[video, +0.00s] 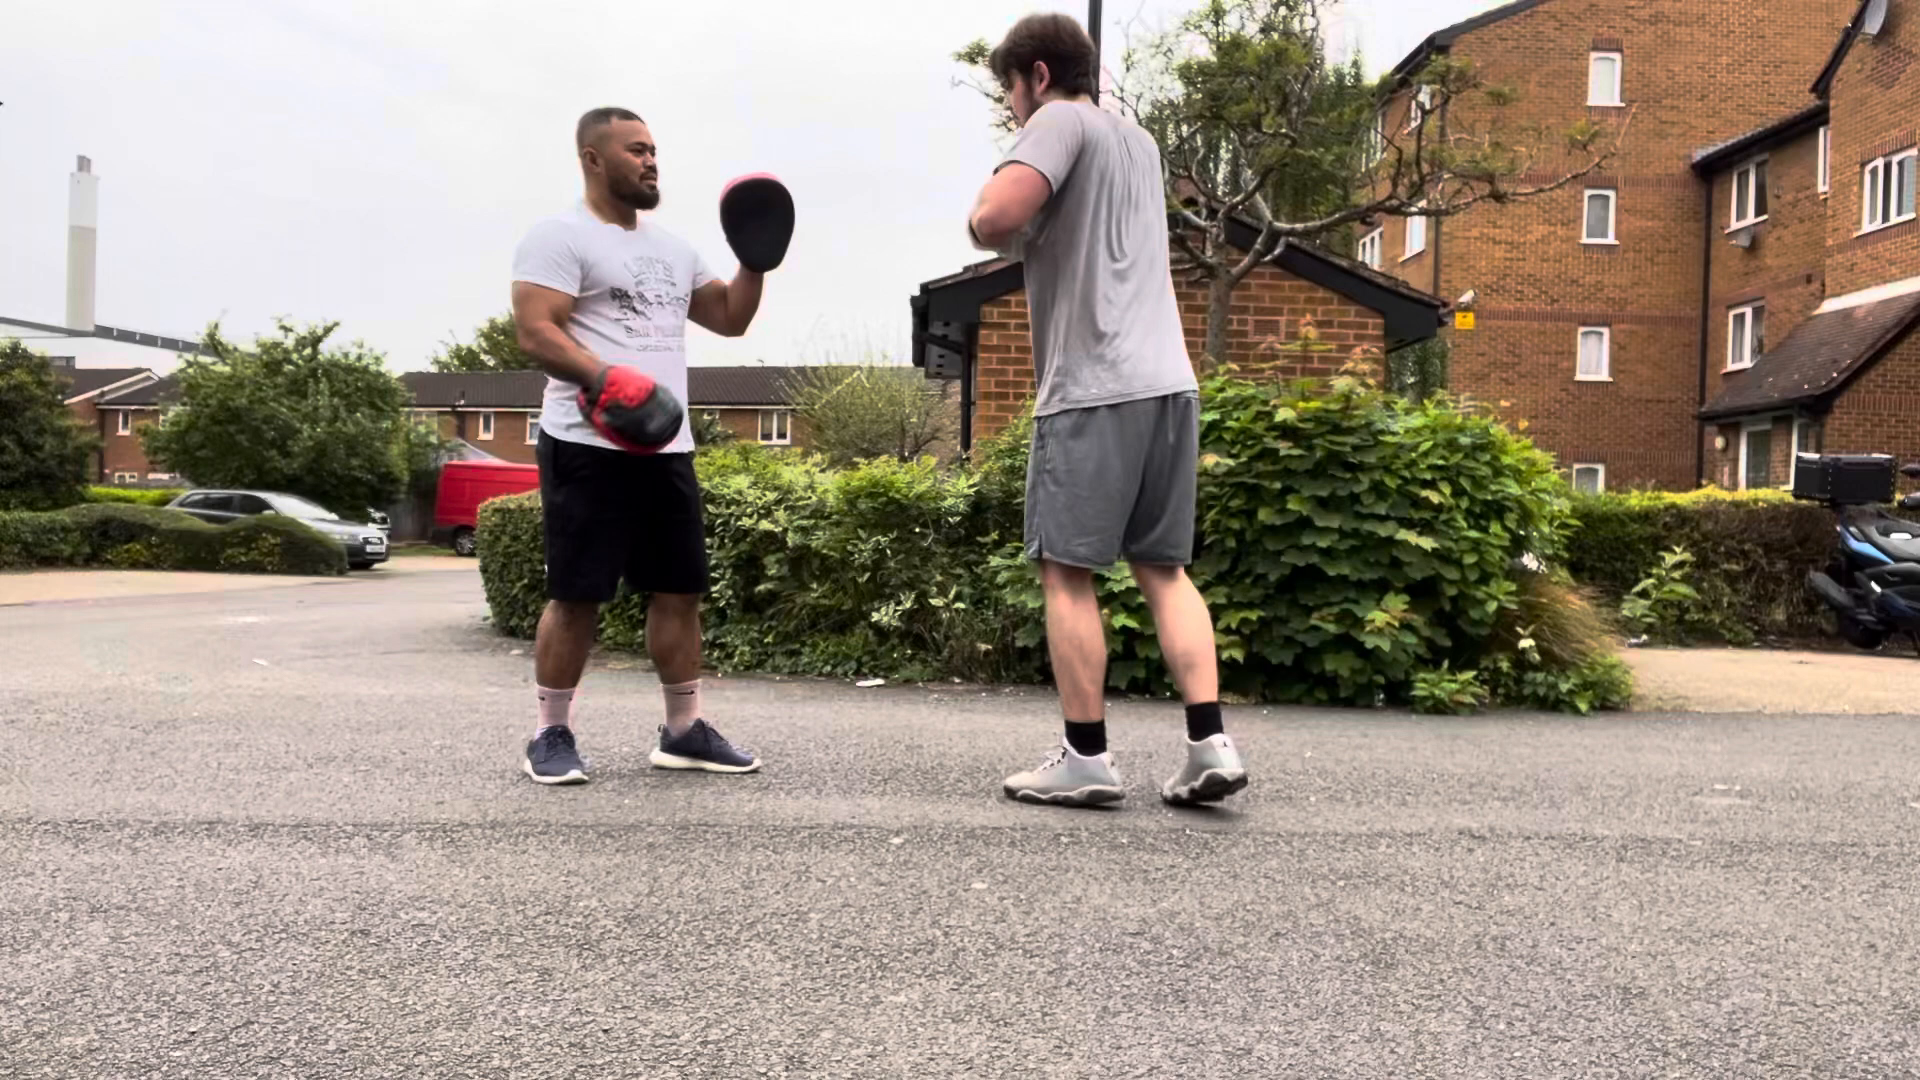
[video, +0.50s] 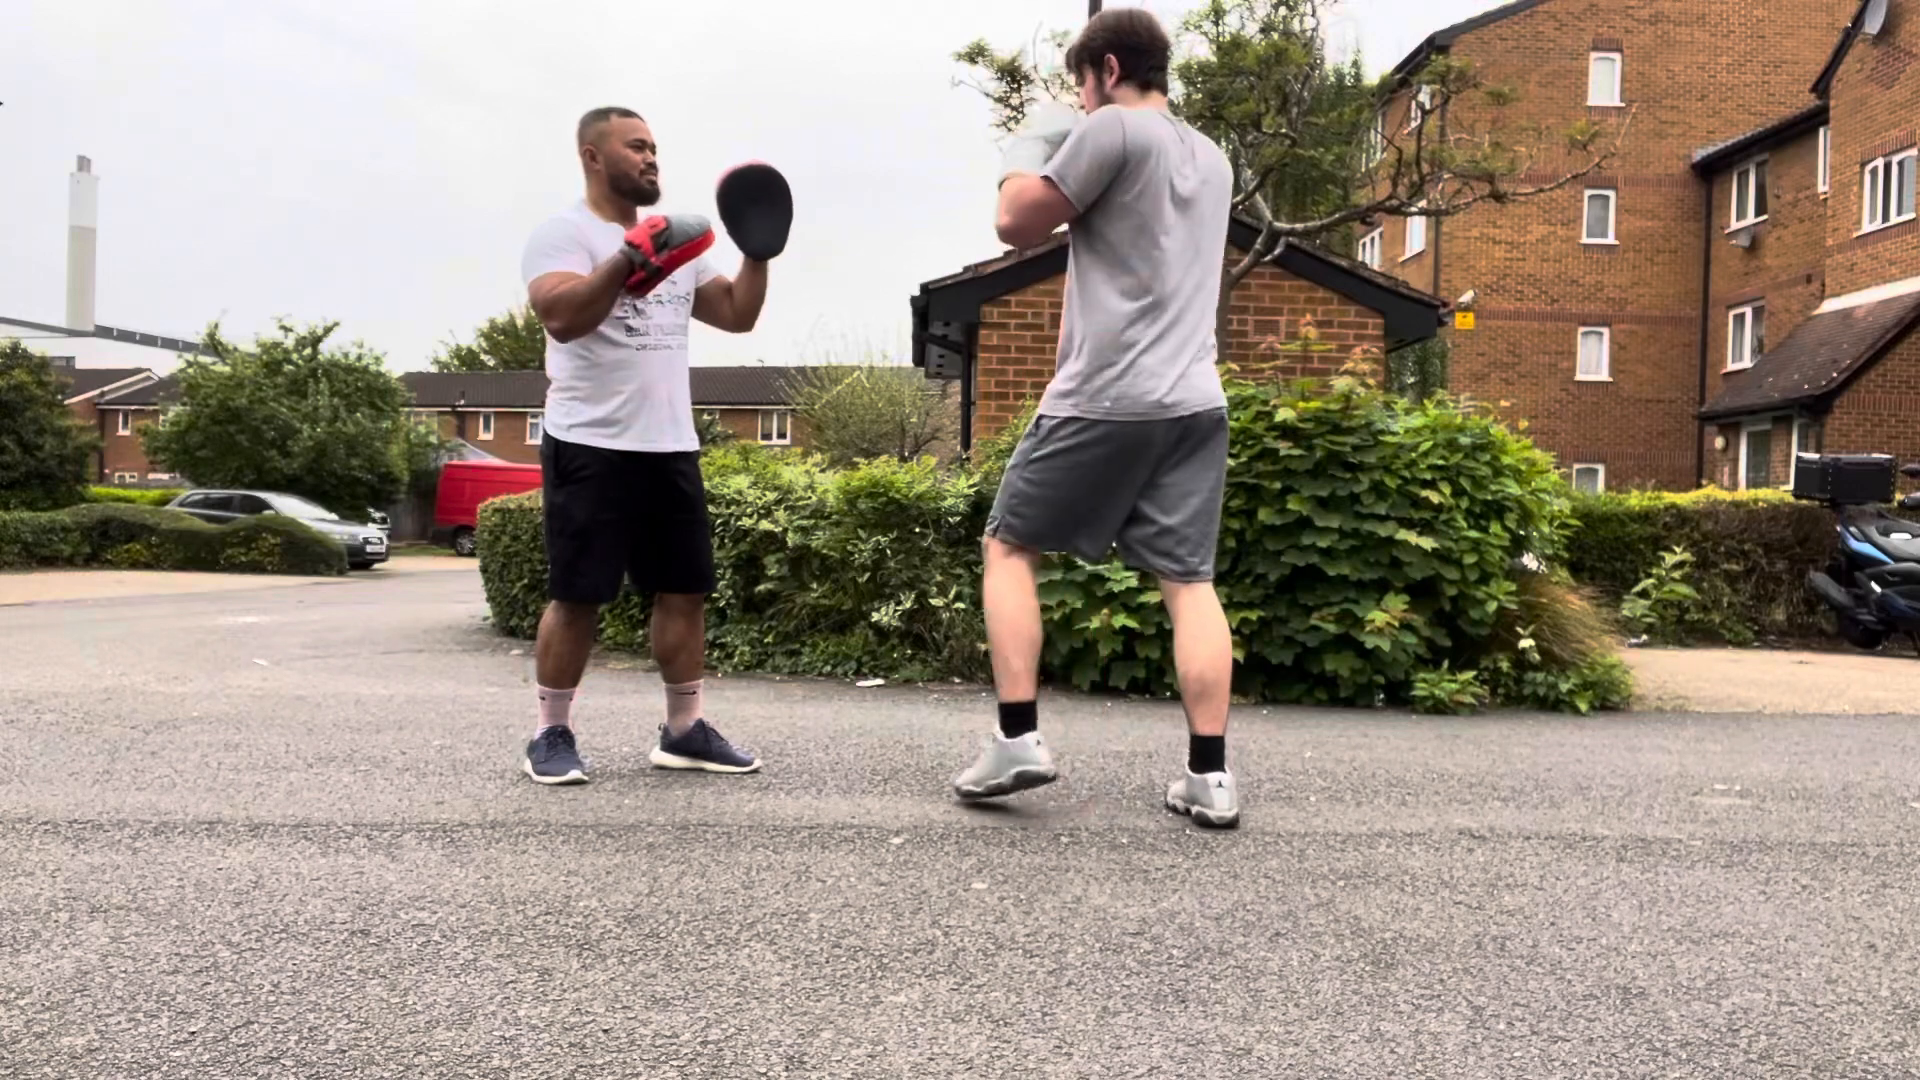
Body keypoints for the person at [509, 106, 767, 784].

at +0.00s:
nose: (653, 161)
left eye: (654, 152)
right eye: (638, 150)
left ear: (650, 164)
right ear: (593, 161)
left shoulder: (674, 250)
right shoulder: (558, 237)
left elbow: (730, 316)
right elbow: (536, 333)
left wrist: (755, 256)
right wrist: (610, 382)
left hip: (666, 451)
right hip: (584, 449)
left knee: (679, 587)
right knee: (575, 592)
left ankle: (683, 728)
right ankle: (554, 733)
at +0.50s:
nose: (652, 160)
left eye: (654, 150)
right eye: (637, 147)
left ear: (653, 164)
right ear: (592, 157)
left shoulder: (675, 243)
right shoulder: (561, 234)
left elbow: (737, 312)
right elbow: (561, 318)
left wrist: (756, 247)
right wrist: (631, 255)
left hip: (670, 443)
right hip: (587, 443)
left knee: (683, 586)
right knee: (576, 592)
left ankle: (684, 727)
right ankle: (552, 732)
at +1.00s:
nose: (654, 155)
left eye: (655, 145)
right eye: (639, 143)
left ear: (651, 158)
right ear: (593, 152)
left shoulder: (677, 235)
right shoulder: (561, 233)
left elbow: (756, 287)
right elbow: (554, 320)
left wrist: (785, 218)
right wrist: (617, 263)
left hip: (675, 444)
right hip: (590, 445)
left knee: (698, 582)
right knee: (578, 593)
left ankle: (689, 722)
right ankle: (553, 731)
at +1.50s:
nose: (708, 174)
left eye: (715, 164)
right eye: (693, 164)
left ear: (728, 178)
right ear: (670, 178)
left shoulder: (742, 271)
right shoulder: (643, 236)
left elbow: (777, 357)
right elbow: (678, 274)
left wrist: (815, 308)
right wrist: (702, 193)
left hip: (726, 456)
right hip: (645, 449)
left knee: (747, 594)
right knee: (609, 594)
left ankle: (754, 726)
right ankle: (555, 729)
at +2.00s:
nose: (794, 188)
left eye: (802, 180)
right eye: (780, 176)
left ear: (809, 198)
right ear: (744, 186)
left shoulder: (814, 280)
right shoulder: (704, 246)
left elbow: (858, 360)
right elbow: (672, 304)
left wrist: (887, 306)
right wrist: (725, 233)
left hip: (771, 454)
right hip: (690, 443)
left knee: (765, 592)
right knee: (661, 586)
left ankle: (755, 724)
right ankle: (634, 717)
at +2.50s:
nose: (739, 187)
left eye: (746, 179)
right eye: (723, 177)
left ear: (754, 194)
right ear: (688, 191)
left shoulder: (784, 259)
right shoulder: (663, 260)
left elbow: (849, 317)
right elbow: (622, 331)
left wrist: (873, 278)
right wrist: (661, 258)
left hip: (771, 456)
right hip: (686, 458)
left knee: (808, 572)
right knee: (675, 593)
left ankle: (787, 709)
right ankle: (665, 720)